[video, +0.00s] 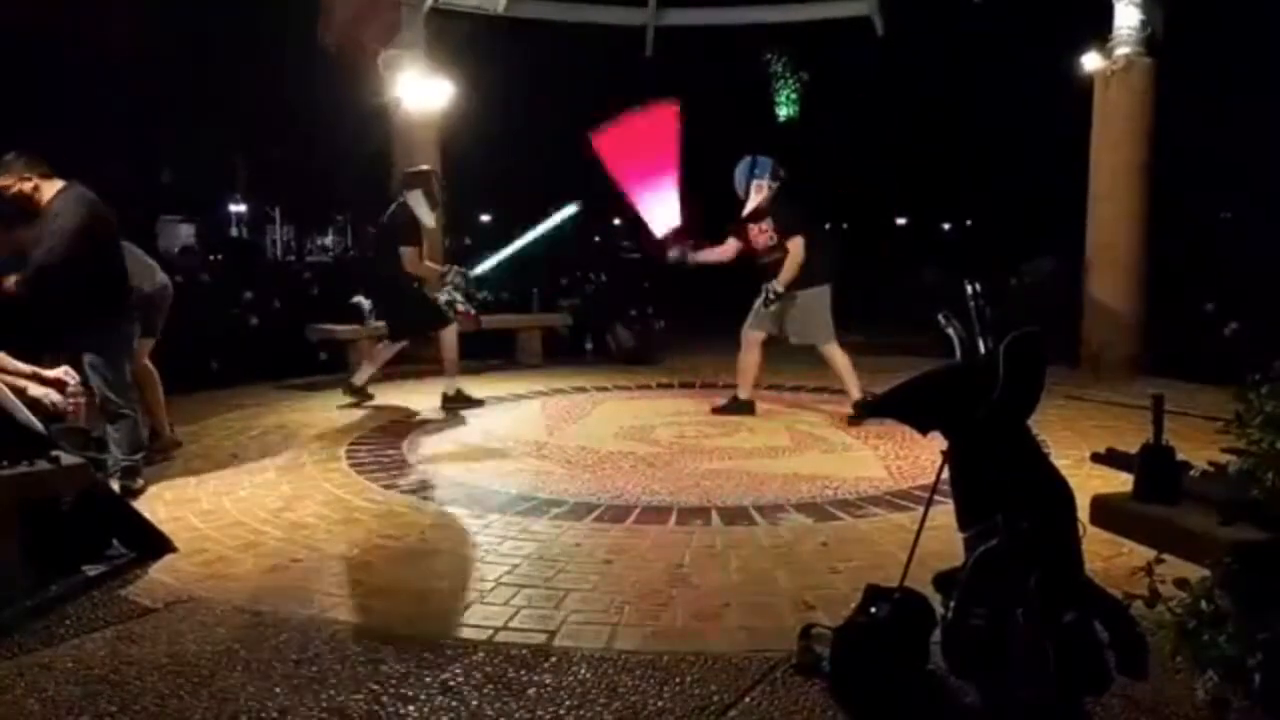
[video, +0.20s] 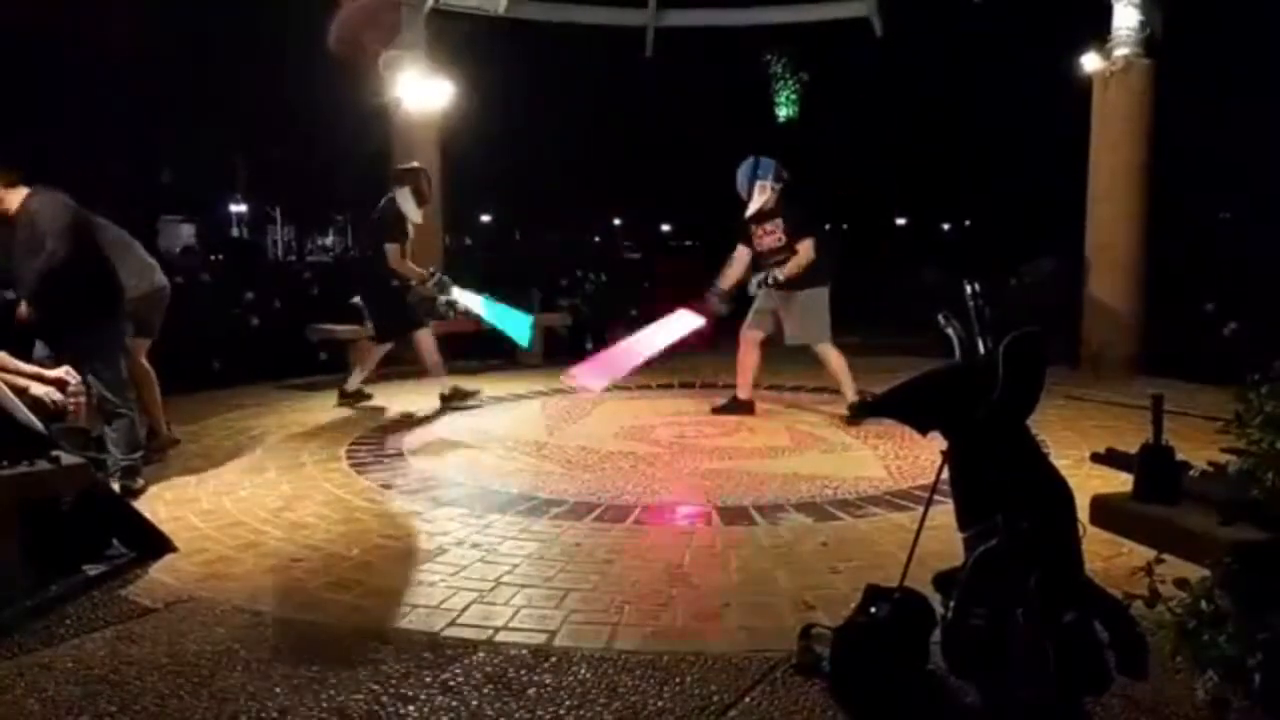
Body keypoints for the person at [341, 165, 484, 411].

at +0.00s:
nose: (439, 192)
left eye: (438, 186)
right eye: (435, 186)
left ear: (412, 189)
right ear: (422, 189)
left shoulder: (400, 213)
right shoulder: (406, 215)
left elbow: (413, 261)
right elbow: (411, 264)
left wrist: (442, 271)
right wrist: (443, 274)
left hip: (387, 288)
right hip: (398, 289)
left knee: (401, 335)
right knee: (447, 324)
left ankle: (356, 382)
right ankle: (452, 390)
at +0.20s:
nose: (428, 191)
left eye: (428, 184)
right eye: (425, 184)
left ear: (405, 185)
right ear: (415, 185)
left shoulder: (399, 209)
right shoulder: (393, 211)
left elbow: (400, 260)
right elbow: (395, 261)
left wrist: (424, 277)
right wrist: (427, 276)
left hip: (379, 281)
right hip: (384, 282)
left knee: (387, 337)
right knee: (420, 327)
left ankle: (351, 387)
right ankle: (445, 387)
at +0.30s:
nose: (425, 186)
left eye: (424, 180)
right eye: (421, 180)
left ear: (403, 180)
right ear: (409, 181)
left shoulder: (395, 206)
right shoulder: (388, 207)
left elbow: (396, 251)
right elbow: (390, 254)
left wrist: (415, 273)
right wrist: (415, 275)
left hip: (376, 278)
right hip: (381, 279)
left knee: (374, 335)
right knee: (408, 328)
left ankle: (347, 388)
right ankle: (426, 387)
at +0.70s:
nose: (428, 185)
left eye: (428, 179)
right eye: (425, 179)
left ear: (405, 180)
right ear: (413, 180)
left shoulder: (392, 203)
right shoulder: (395, 206)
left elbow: (406, 251)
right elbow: (406, 251)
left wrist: (436, 263)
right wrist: (438, 261)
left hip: (377, 279)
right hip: (387, 280)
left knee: (381, 333)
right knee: (426, 325)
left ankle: (349, 387)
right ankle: (433, 386)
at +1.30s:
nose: (413, 186)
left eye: (412, 180)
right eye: (410, 180)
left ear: (391, 179)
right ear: (399, 180)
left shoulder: (376, 201)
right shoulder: (381, 205)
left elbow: (384, 248)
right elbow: (390, 249)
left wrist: (404, 272)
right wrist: (414, 271)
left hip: (364, 276)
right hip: (371, 278)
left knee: (359, 333)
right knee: (396, 329)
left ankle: (333, 387)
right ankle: (421, 385)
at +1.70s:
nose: (398, 186)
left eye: (398, 180)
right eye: (395, 180)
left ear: (372, 181)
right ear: (386, 181)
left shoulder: (360, 201)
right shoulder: (373, 206)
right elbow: (381, 248)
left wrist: (406, 262)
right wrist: (410, 261)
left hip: (350, 274)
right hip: (364, 276)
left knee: (358, 329)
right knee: (402, 322)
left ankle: (334, 386)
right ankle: (392, 381)